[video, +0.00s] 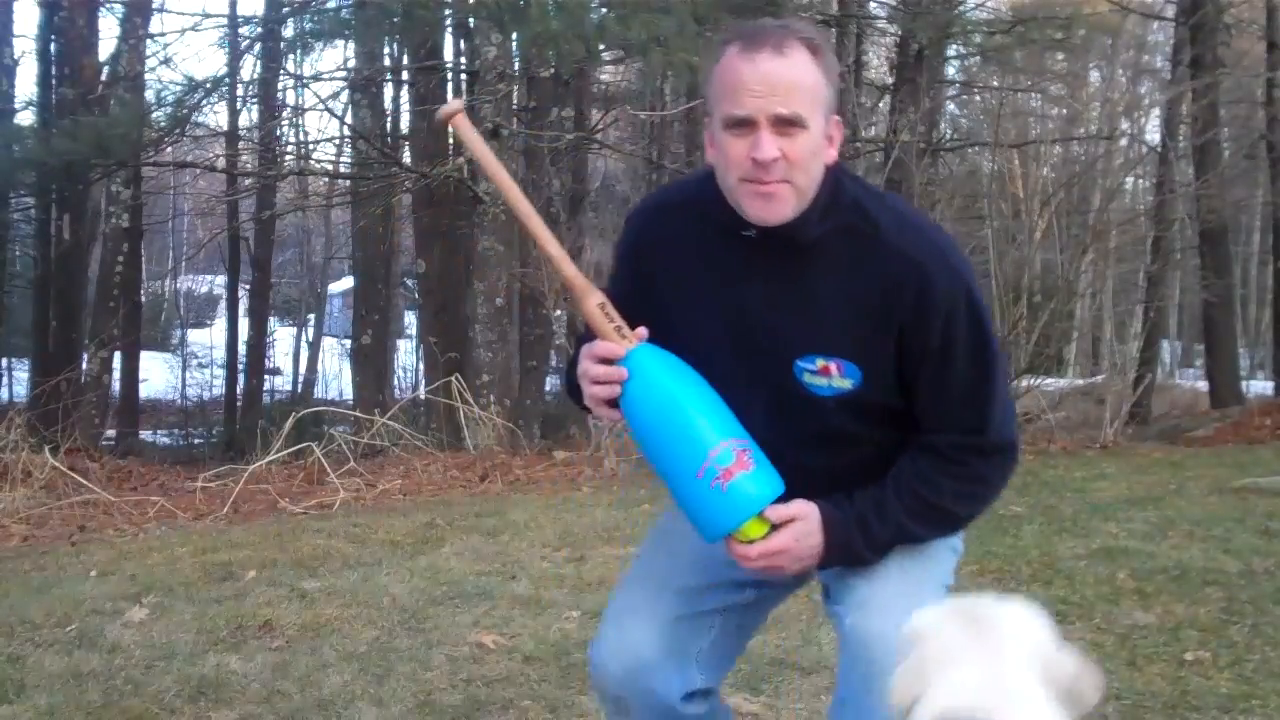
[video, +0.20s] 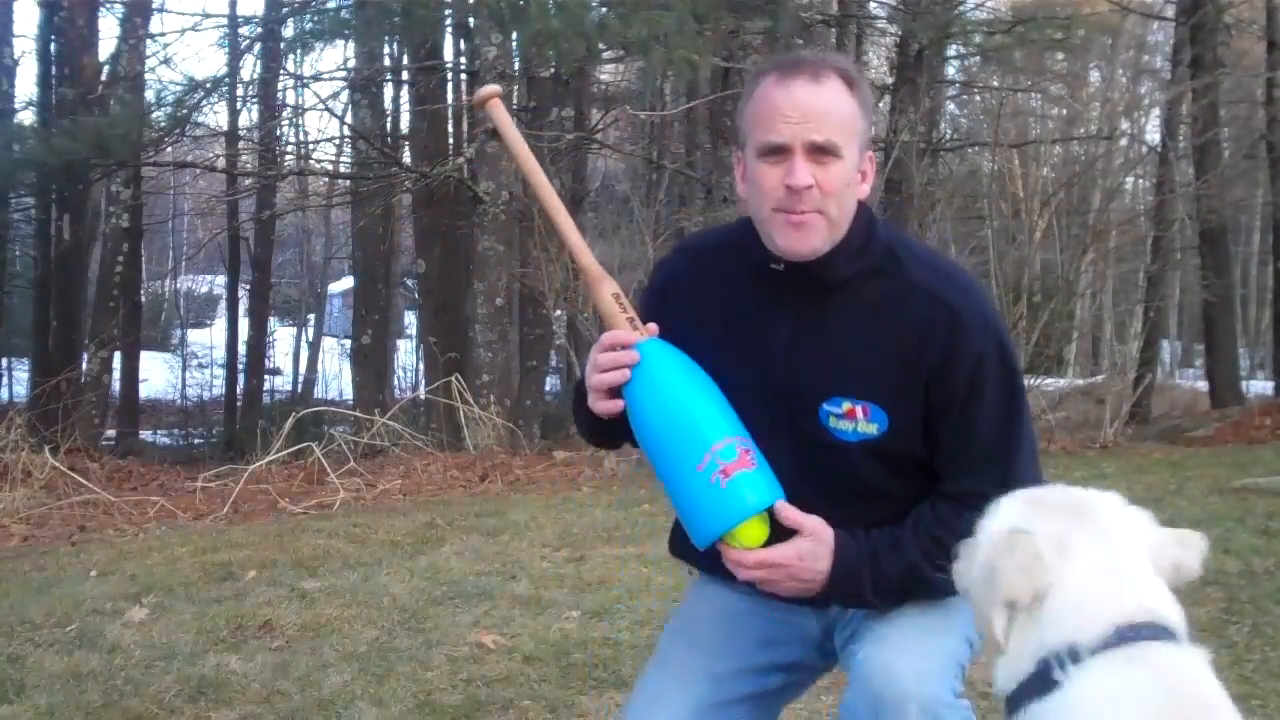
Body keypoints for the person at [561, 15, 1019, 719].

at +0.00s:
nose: (763, 151)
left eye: (788, 126)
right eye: (739, 126)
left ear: (832, 139)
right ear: (708, 138)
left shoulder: (913, 261)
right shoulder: (661, 232)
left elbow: (978, 449)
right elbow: (606, 350)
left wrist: (837, 530)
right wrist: (588, 378)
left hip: (891, 507)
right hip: (727, 495)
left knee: (889, 690)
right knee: (631, 670)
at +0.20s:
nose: (798, 178)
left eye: (824, 154)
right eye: (774, 153)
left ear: (864, 174)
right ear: (741, 175)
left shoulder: (945, 309)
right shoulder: (693, 280)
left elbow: (998, 510)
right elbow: (621, 425)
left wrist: (847, 563)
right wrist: (600, 403)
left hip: (913, 588)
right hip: (745, 584)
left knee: (902, 695)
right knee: (661, 710)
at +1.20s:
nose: (817, 235)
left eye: (840, 211)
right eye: (791, 214)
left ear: (874, 232)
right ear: (753, 237)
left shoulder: (942, 367)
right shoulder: (669, 354)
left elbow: (980, 542)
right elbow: (553, 463)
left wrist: (857, 383)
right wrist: (532, 329)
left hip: (868, 693)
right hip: (684, 698)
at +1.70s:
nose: (799, 238)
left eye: (823, 213)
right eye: (775, 212)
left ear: (861, 237)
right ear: (738, 232)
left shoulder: (925, 378)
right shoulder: (656, 352)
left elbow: (928, 570)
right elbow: (538, 467)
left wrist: (753, 483)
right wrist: (526, 336)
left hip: (853, 701)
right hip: (665, 699)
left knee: (929, 707)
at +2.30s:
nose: (819, 257)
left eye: (846, 234)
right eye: (795, 229)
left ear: (881, 251)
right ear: (755, 238)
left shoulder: (942, 381)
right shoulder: (676, 359)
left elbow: (987, 563)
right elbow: (575, 493)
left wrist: (850, 420)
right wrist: (540, 369)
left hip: (866, 707)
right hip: (680, 703)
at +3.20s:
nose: (806, 253)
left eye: (832, 229)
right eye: (784, 228)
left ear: (875, 248)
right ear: (749, 242)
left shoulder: (948, 398)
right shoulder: (678, 369)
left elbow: (1009, 590)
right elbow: (594, 517)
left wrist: (826, 599)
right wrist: (566, 397)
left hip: (860, 708)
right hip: (681, 706)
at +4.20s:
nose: (794, 249)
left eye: (821, 225)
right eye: (773, 223)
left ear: (867, 248)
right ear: (742, 239)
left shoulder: (948, 395)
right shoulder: (676, 368)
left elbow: (977, 587)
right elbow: (605, 528)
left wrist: (794, 548)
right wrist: (572, 411)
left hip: (861, 706)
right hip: (680, 703)